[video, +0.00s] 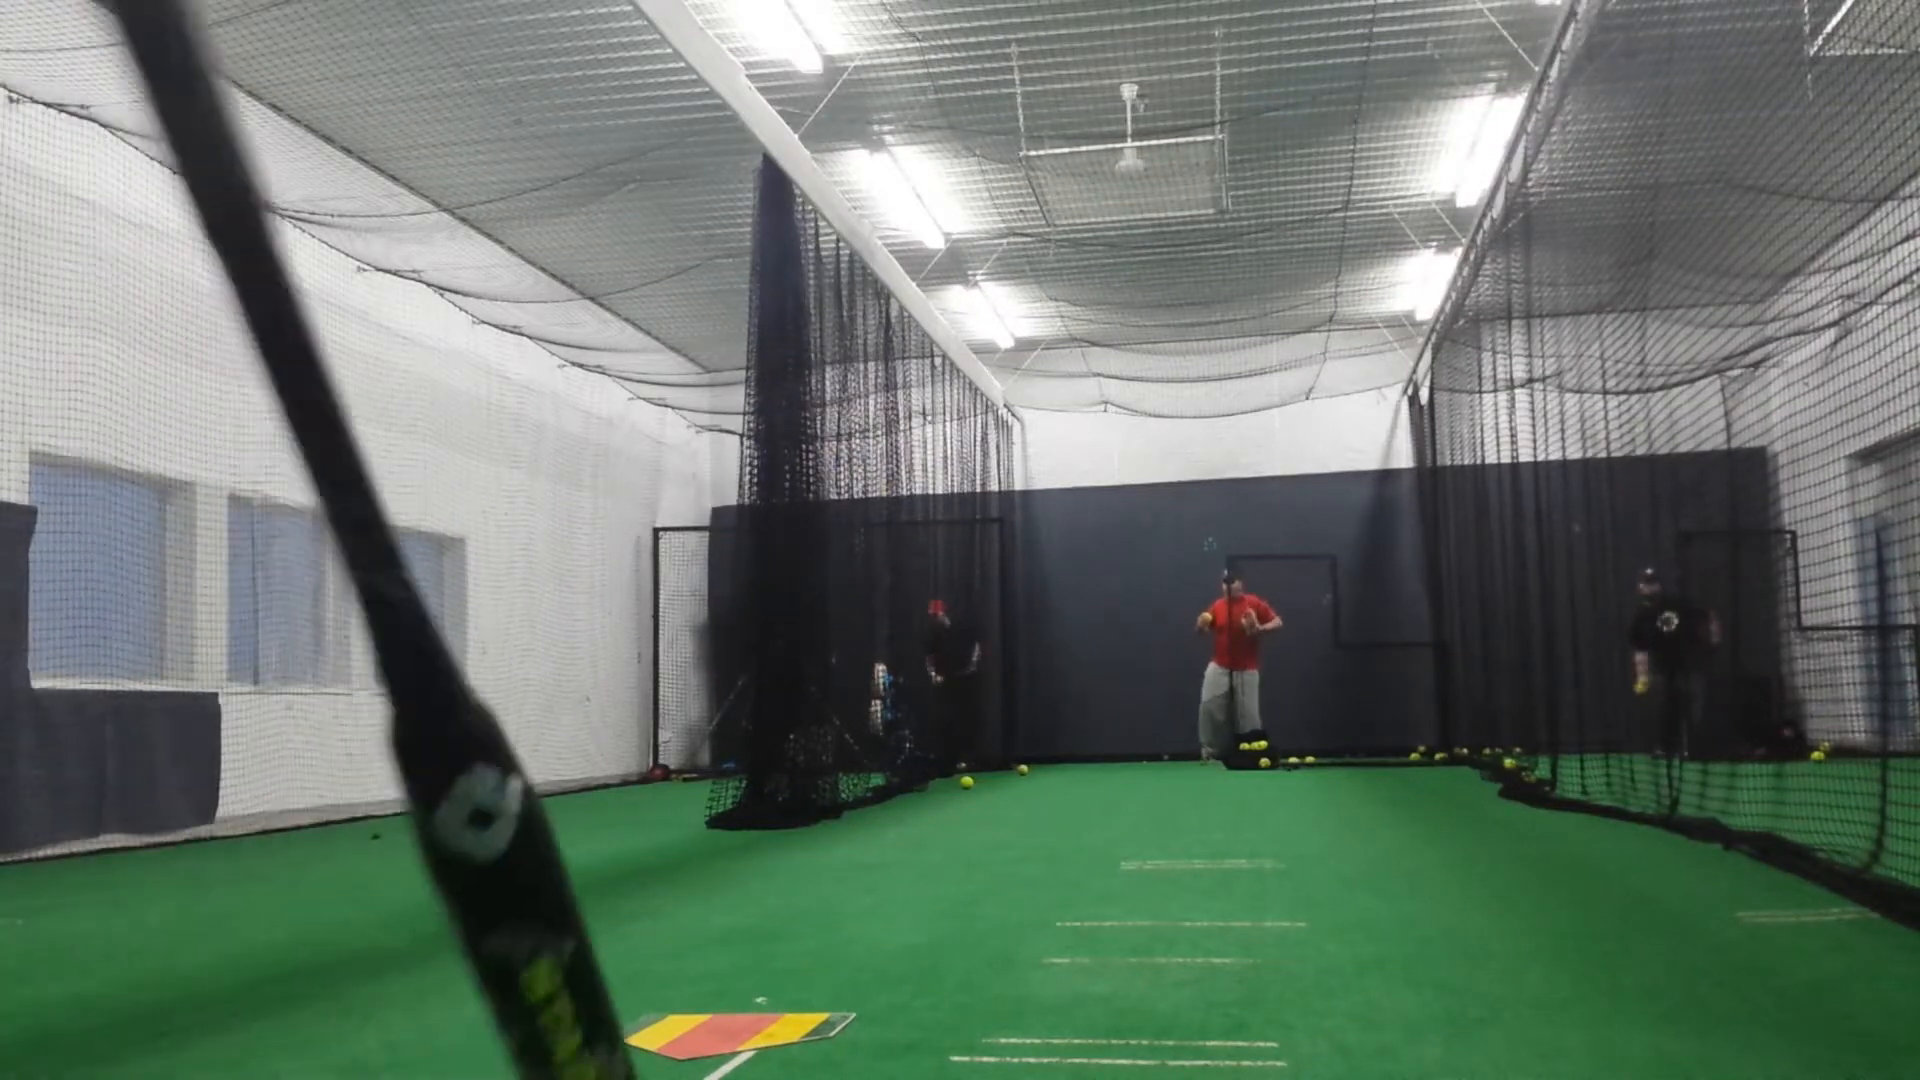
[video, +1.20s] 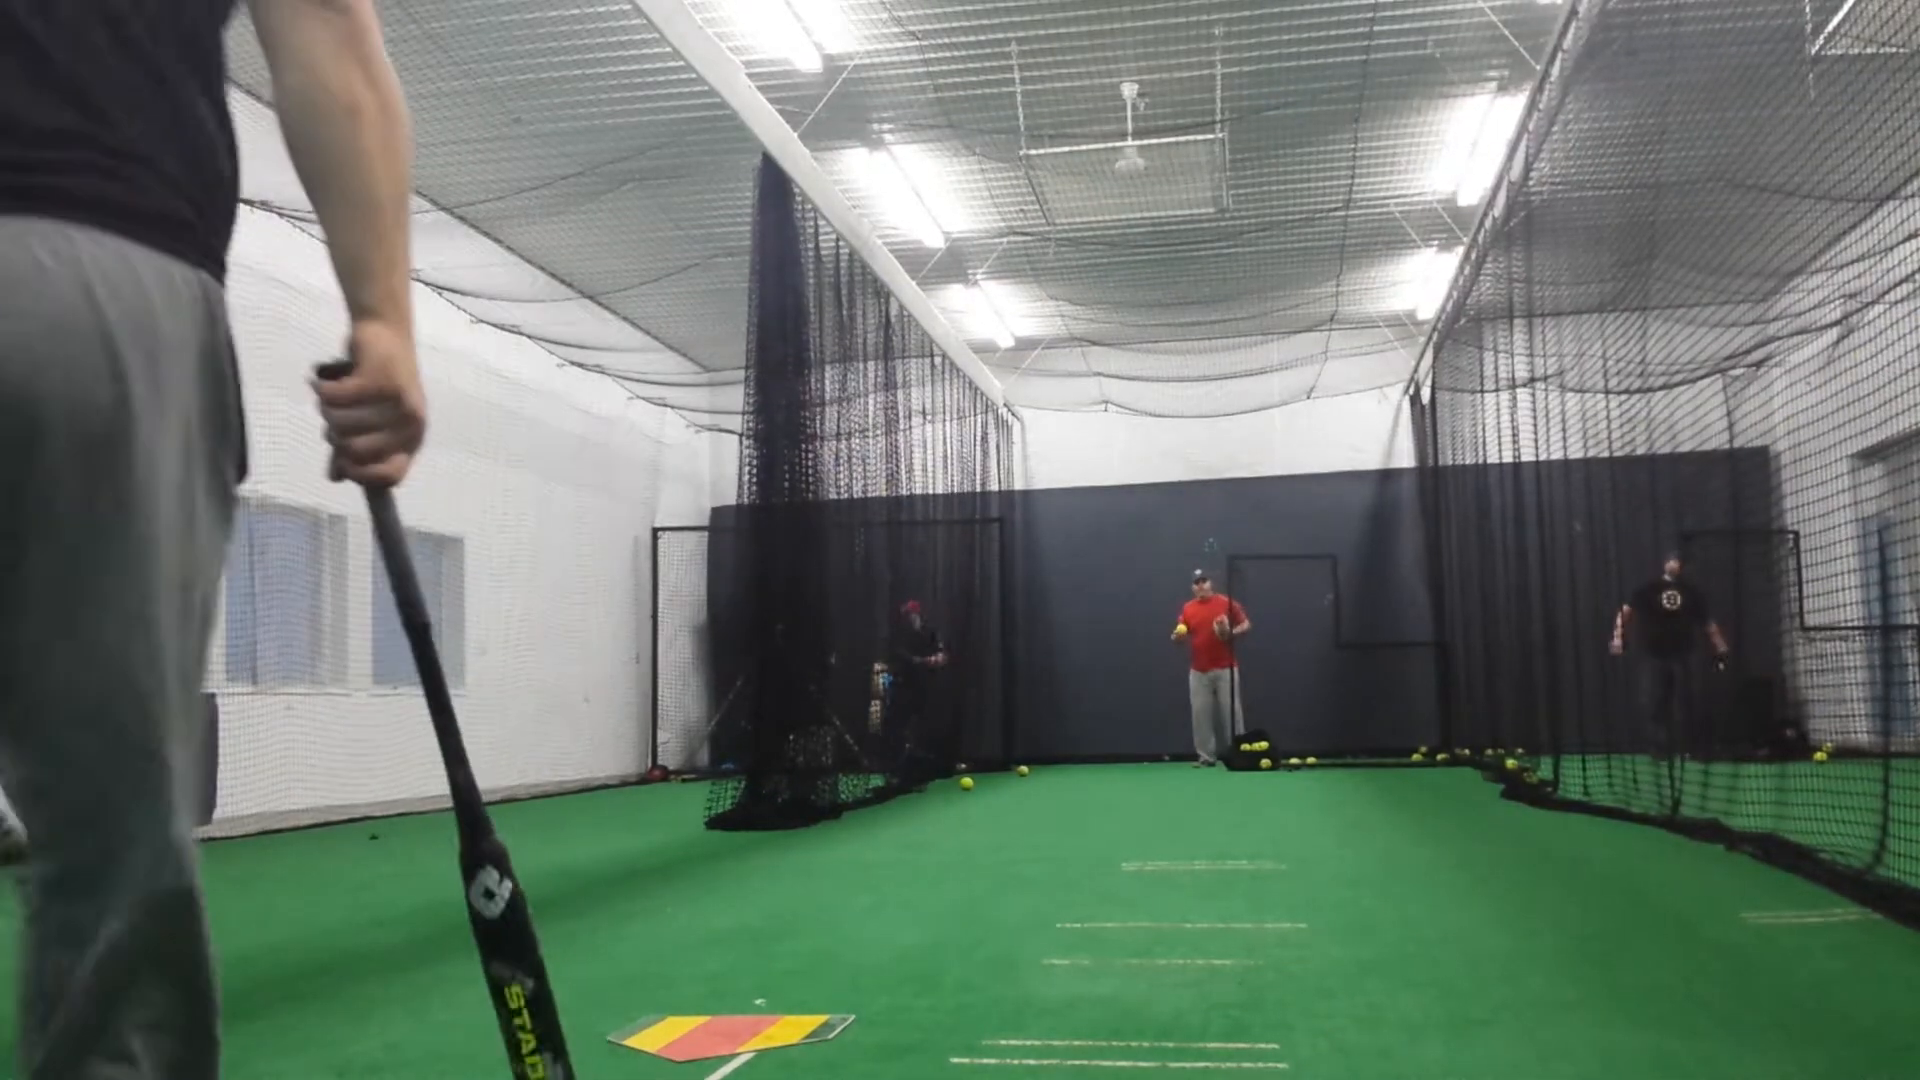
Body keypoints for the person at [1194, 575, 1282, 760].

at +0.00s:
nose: (1228, 586)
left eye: (1232, 582)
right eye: (1225, 582)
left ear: (1241, 583)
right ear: (1222, 585)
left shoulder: (1253, 603)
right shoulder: (1218, 605)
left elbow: (1277, 622)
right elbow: (1206, 630)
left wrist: (1259, 628)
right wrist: (1202, 624)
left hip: (1246, 667)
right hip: (1220, 665)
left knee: (1248, 710)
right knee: (1209, 705)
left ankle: (1252, 751)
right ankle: (1209, 750)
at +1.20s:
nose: (1200, 586)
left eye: (1203, 581)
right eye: (1196, 582)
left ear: (1210, 583)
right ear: (1192, 587)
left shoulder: (1225, 603)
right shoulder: (1188, 608)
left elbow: (1245, 623)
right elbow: (1181, 630)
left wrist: (1231, 632)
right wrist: (1178, 634)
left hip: (1224, 666)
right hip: (1199, 668)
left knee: (1230, 711)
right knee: (1200, 712)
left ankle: (1236, 752)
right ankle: (1205, 755)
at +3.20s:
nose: (1200, 587)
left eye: (1203, 583)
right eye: (1196, 583)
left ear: (1209, 586)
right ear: (1191, 587)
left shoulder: (1221, 606)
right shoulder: (1183, 608)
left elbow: (1238, 628)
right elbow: (1167, 634)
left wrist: (1227, 631)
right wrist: (1178, 631)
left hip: (1222, 667)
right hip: (1196, 669)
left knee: (1232, 709)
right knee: (1196, 712)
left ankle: (1240, 752)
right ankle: (1198, 754)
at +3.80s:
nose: (1222, 586)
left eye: (1225, 582)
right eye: (1219, 582)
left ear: (1233, 584)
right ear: (1214, 585)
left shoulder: (1245, 605)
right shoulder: (1208, 608)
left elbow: (1268, 627)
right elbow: (1192, 633)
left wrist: (1248, 628)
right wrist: (1191, 625)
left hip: (1240, 669)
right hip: (1212, 669)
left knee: (1243, 711)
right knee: (1205, 707)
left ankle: (1244, 752)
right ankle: (1201, 752)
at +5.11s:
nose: (1190, 586)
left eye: (1194, 582)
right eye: (1189, 582)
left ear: (1206, 583)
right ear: (1188, 585)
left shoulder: (1221, 605)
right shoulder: (1184, 606)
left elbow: (1237, 629)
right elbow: (1173, 635)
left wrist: (1223, 632)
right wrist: (1174, 629)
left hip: (1217, 667)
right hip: (1191, 667)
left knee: (1221, 711)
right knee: (1190, 710)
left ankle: (1228, 752)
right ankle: (1192, 754)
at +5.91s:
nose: (1196, 581)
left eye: (1198, 577)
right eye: (1192, 578)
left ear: (1204, 580)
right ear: (1187, 582)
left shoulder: (1216, 601)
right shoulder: (1178, 604)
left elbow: (1227, 628)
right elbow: (1159, 629)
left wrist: (1222, 622)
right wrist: (1172, 623)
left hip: (1215, 663)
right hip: (1188, 665)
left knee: (1226, 706)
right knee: (1189, 711)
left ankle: (1242, 747)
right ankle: (1193, 755)